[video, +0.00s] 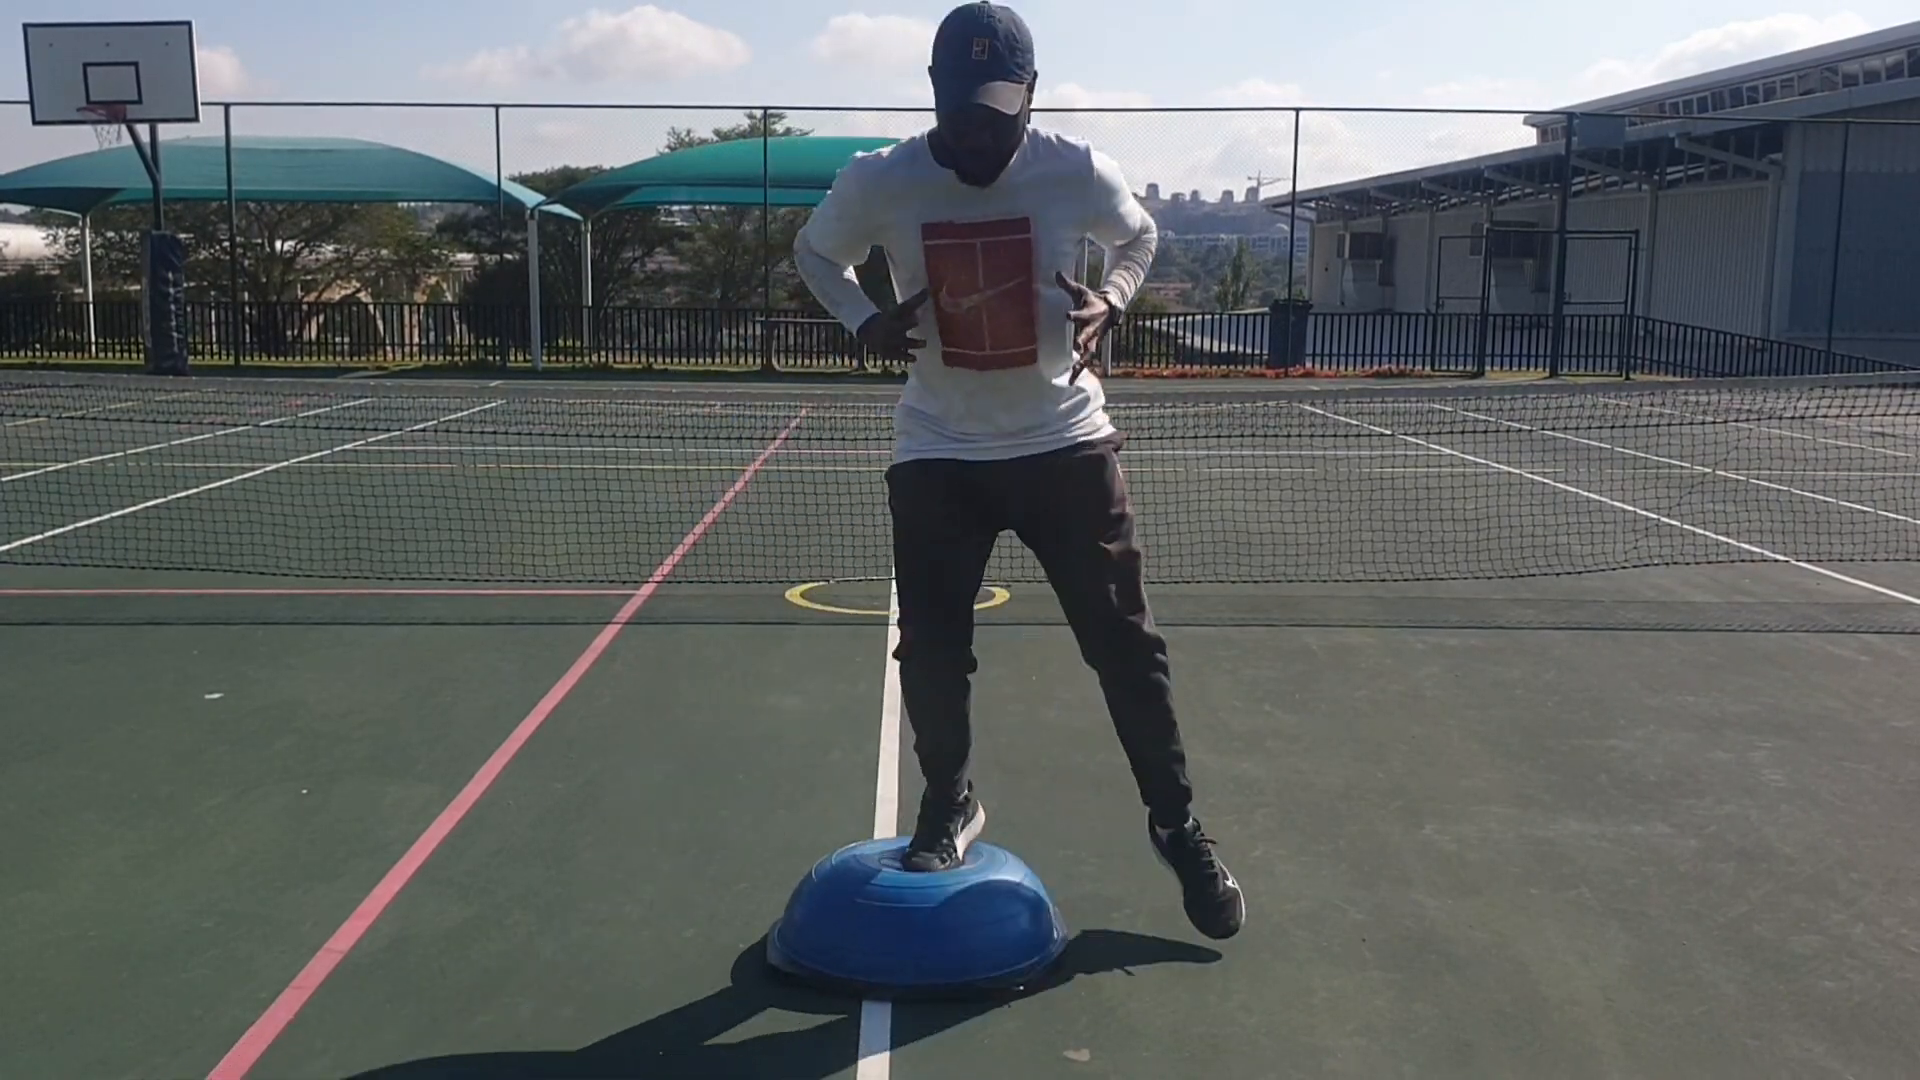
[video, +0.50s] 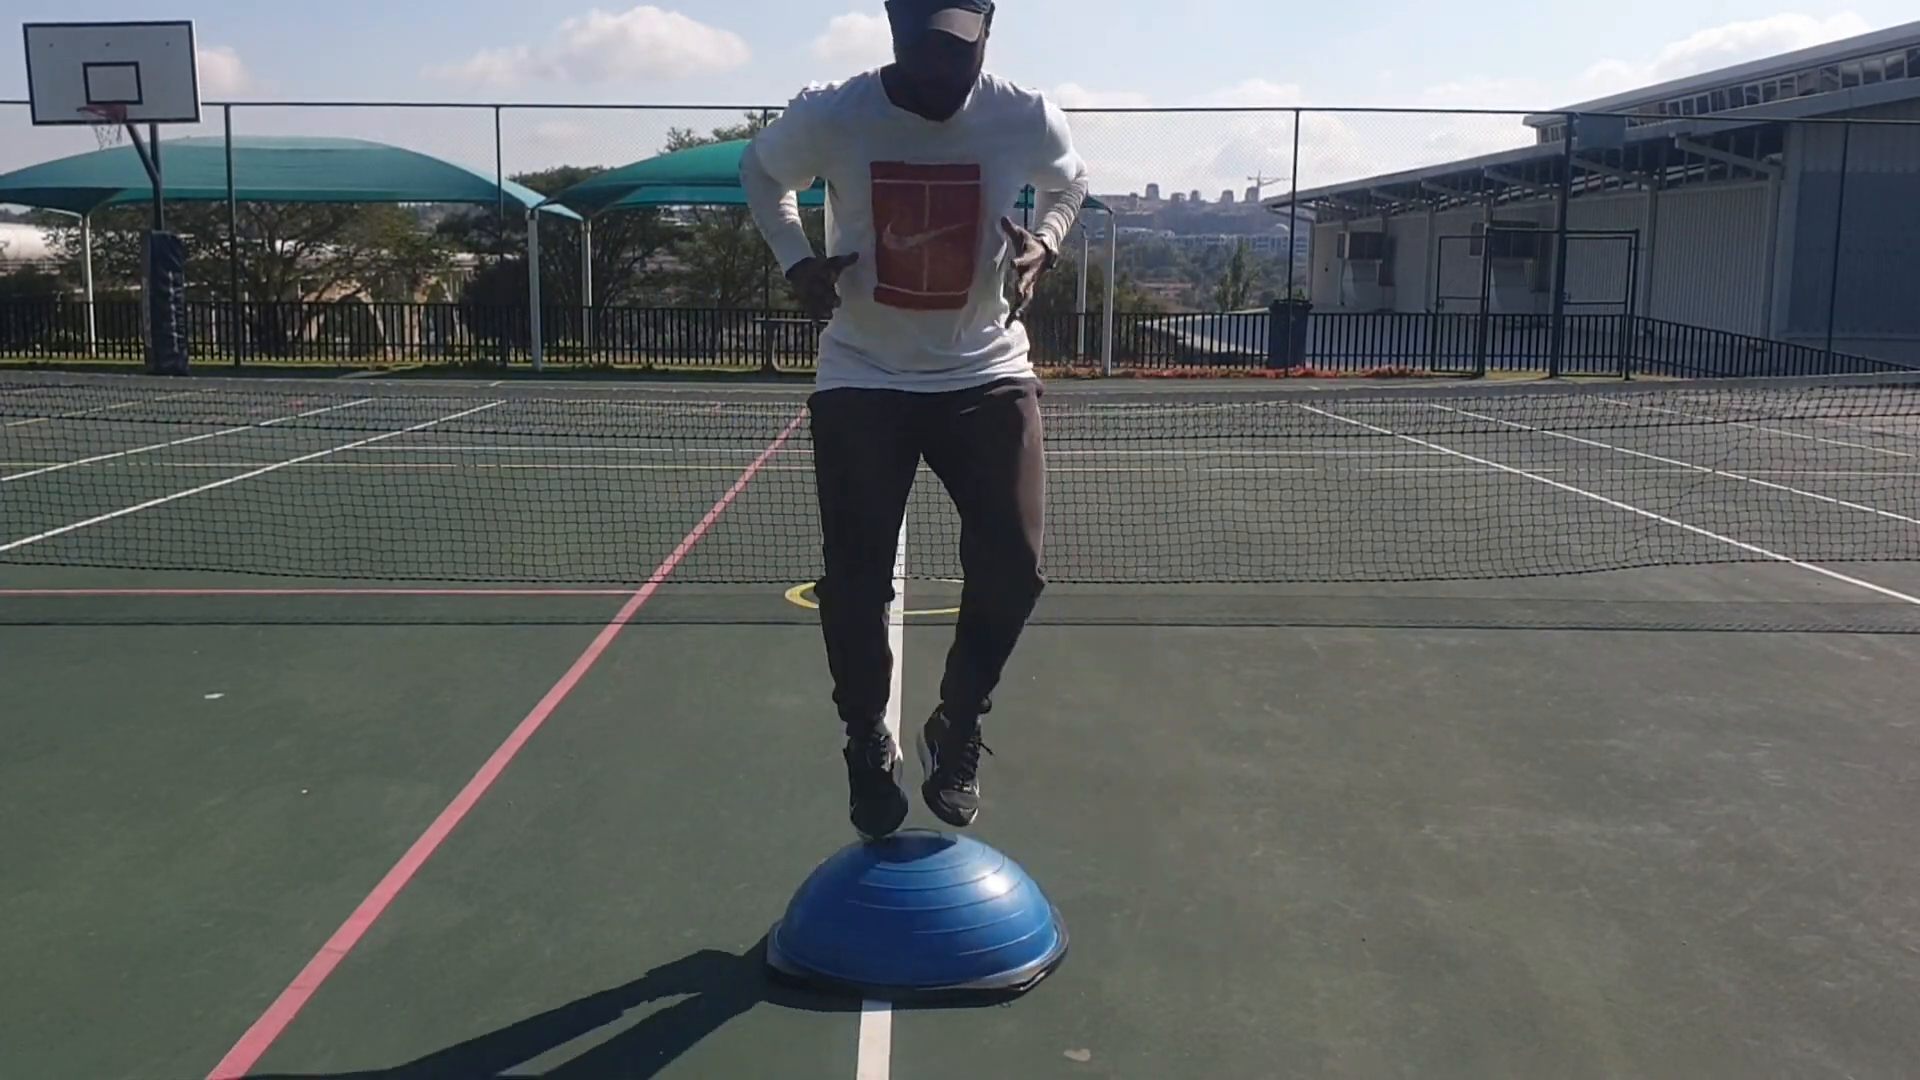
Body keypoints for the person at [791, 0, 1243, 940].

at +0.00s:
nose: (994, 132)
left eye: (1010, 113)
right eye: (975, 113)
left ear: (1031, 96)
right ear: (938, 96)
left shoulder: (1076, 174)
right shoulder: (878, 184)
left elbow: (1138, 236)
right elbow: (814, 255)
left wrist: (1110, 298)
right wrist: (865, 321)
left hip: (1064, 442)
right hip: (938, 452)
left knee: (1126, 642)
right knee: (929, 647)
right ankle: (949, 803)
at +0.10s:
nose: (1012, 219)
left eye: (1027, 201)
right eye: (995, 200)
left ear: (1051, 191)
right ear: (962, 191)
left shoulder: (1102, 271)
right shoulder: (906, 287)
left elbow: (1162, 342)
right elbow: (867, 364)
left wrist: (1128, 404)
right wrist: (922, 427)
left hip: (1094, 519)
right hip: (971, 515)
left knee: (1162, 709)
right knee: (922, 670)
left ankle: (1211, 874)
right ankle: (947, 799)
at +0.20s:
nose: (1006, 232)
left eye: (1022, 215)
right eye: (990, 214)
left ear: (1045, 204)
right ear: (957, 203)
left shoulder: (1101, 282)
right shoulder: (903, 298)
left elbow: (1157, 365)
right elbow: (873, 377)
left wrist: (1120, 416)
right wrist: (919, 439)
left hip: (1089, 520)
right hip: (968, 522)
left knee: (1155, 695)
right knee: (934, 679)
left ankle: (1209, 872)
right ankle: (950, 811)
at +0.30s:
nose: (990, 153)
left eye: (1004, 134)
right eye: (971, 134)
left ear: (1024, 124)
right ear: (930, 121)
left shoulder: (1070, 208)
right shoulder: (873, 211)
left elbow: (1127, 273)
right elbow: (823, 274)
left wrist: (1094, 316)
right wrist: (861, 340)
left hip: (1054, 469)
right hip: (933, 474)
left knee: (1122, 664)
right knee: (937, 667)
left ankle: (1177, 836)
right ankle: (951, 819)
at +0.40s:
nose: (964, 93)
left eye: (979, 74)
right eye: (949, 74)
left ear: (1004, 61)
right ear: (913, 55)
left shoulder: (1044, 140)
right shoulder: (851, 143)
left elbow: (1096, 216)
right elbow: (788, 193)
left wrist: (1067, 259)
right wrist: (825, 277)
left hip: (1017, 399)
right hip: (898, 410)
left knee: (1077, 590)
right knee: (919, 616)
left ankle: (1059, 751)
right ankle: (938, 786)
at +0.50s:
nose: (950, 71)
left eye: (964, 50)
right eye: (933, 49)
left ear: (984, 43)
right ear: (896, 39)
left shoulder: (1027, 122)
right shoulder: (829, 117)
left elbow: (1065, 194)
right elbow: (760, 170)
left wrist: (1046, 241)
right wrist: (799, 259)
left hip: (986, 372)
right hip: (861, 374)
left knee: (1012, 570)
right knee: (856, 578)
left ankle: (958, 726)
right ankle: (867, 748)